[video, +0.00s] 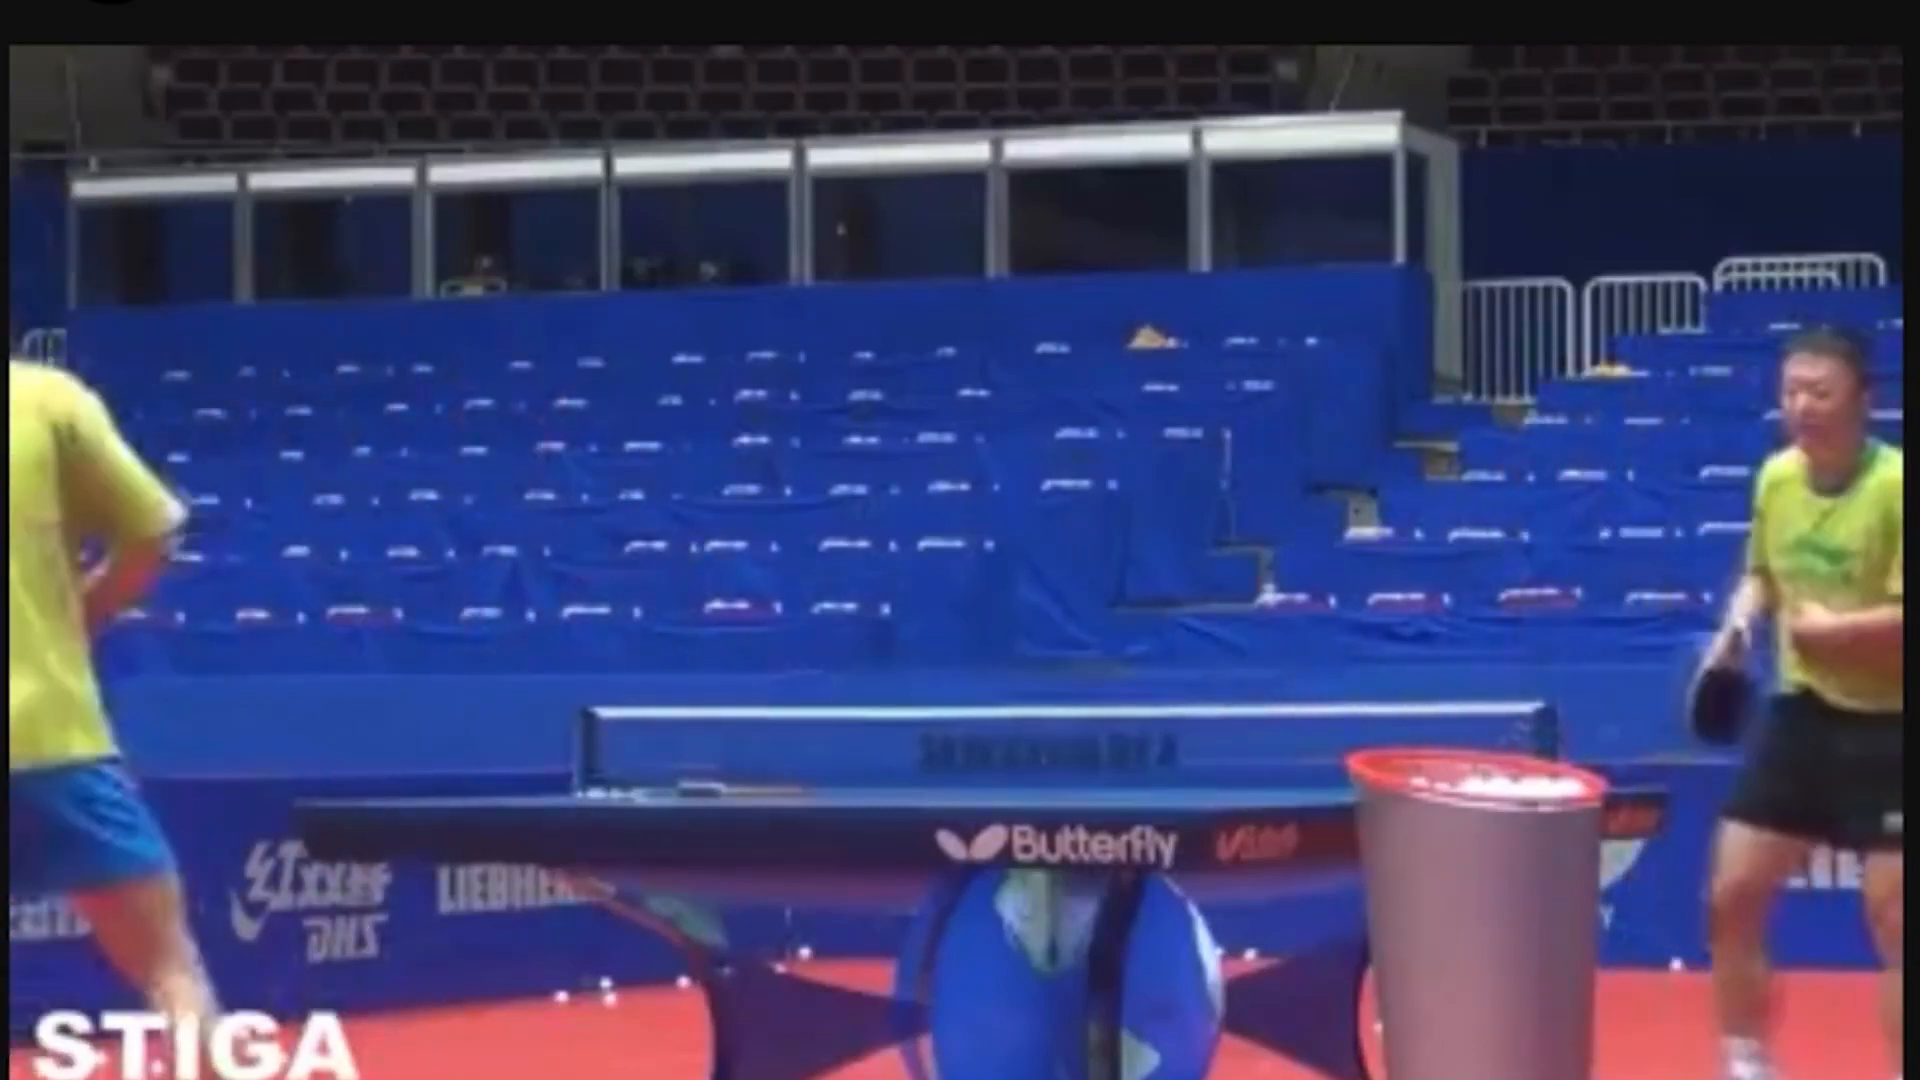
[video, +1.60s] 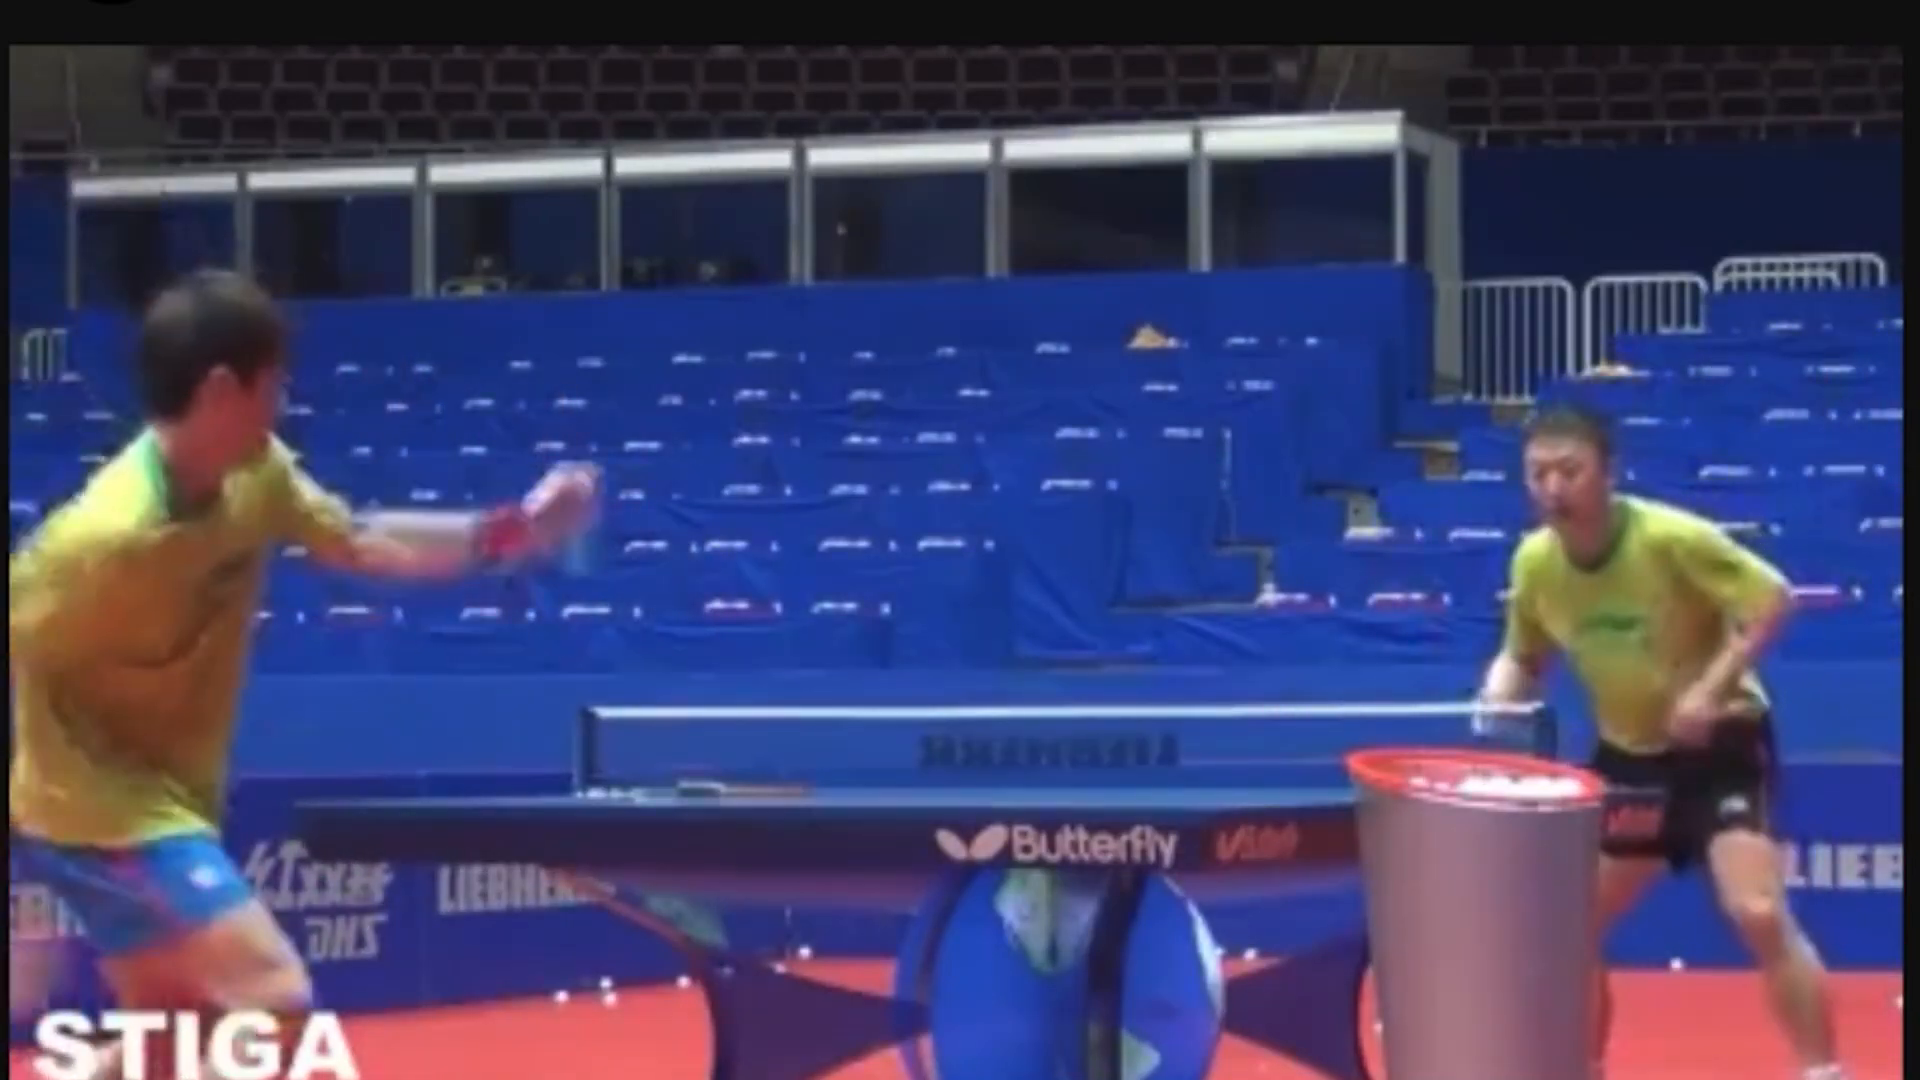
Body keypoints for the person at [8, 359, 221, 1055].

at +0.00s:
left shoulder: (47, 396)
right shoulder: (43, 397)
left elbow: (152, 524)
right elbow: (153, 525)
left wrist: (76, 614)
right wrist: (74, 615)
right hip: (42, 720)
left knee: (166, 964)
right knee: (166, 964)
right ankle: (209, 1069)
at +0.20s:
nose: (42, 278)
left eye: (37, 258)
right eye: (36, 259)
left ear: (17, 266)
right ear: (20, 265)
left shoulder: (45, 384)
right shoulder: (44, 383)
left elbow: (120, 529)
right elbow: (129, 536)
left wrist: (185, 501)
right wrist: (206, 503)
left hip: (31, 733)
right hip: (29, 736)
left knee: (63, 968)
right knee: (69, 968)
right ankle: (45, 1049)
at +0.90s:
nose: (174, 298)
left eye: (174, 274)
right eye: (170, 272)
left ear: (94, 269)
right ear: (128, 271)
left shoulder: (37, 374)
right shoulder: (68, 390)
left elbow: (87, 560)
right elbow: (86, 579)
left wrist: (213, 587)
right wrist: (225, 597)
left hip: (25, 753)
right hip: (48, 760)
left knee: (36, 990)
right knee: (125, 973)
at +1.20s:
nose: (209, 328)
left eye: (208, 306)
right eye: (200, 305)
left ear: (146, 308)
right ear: (153, 306)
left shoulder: (160, 419)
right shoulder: (52, 435)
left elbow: (216, 530)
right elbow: (26, 623)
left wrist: (324, 578)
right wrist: (157, 696)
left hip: (99, 756)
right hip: (48, 764)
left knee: (86, 996)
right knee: (143, 984)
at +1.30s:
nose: (231, 343)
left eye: (231, 322)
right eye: (223, 320)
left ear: (170, 325)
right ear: (172, 324)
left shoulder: (199, 435)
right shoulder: (57, 465)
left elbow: (288, 520)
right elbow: (20, 670)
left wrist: (411, 570)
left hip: (136, 782)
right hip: (77, 790)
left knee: (112, 1001)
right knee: (190, 981)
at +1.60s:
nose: (282, 406)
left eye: (281, 386)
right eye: (274, 384)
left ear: (218, 392)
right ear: (221, 391)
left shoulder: (256, 471)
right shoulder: (104, 535)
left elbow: (363, 544)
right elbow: (14, 644)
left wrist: (512, 532)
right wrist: (94, 797)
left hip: (168, 799)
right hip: (88, 807)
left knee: (166, 1035)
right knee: (274, 996)